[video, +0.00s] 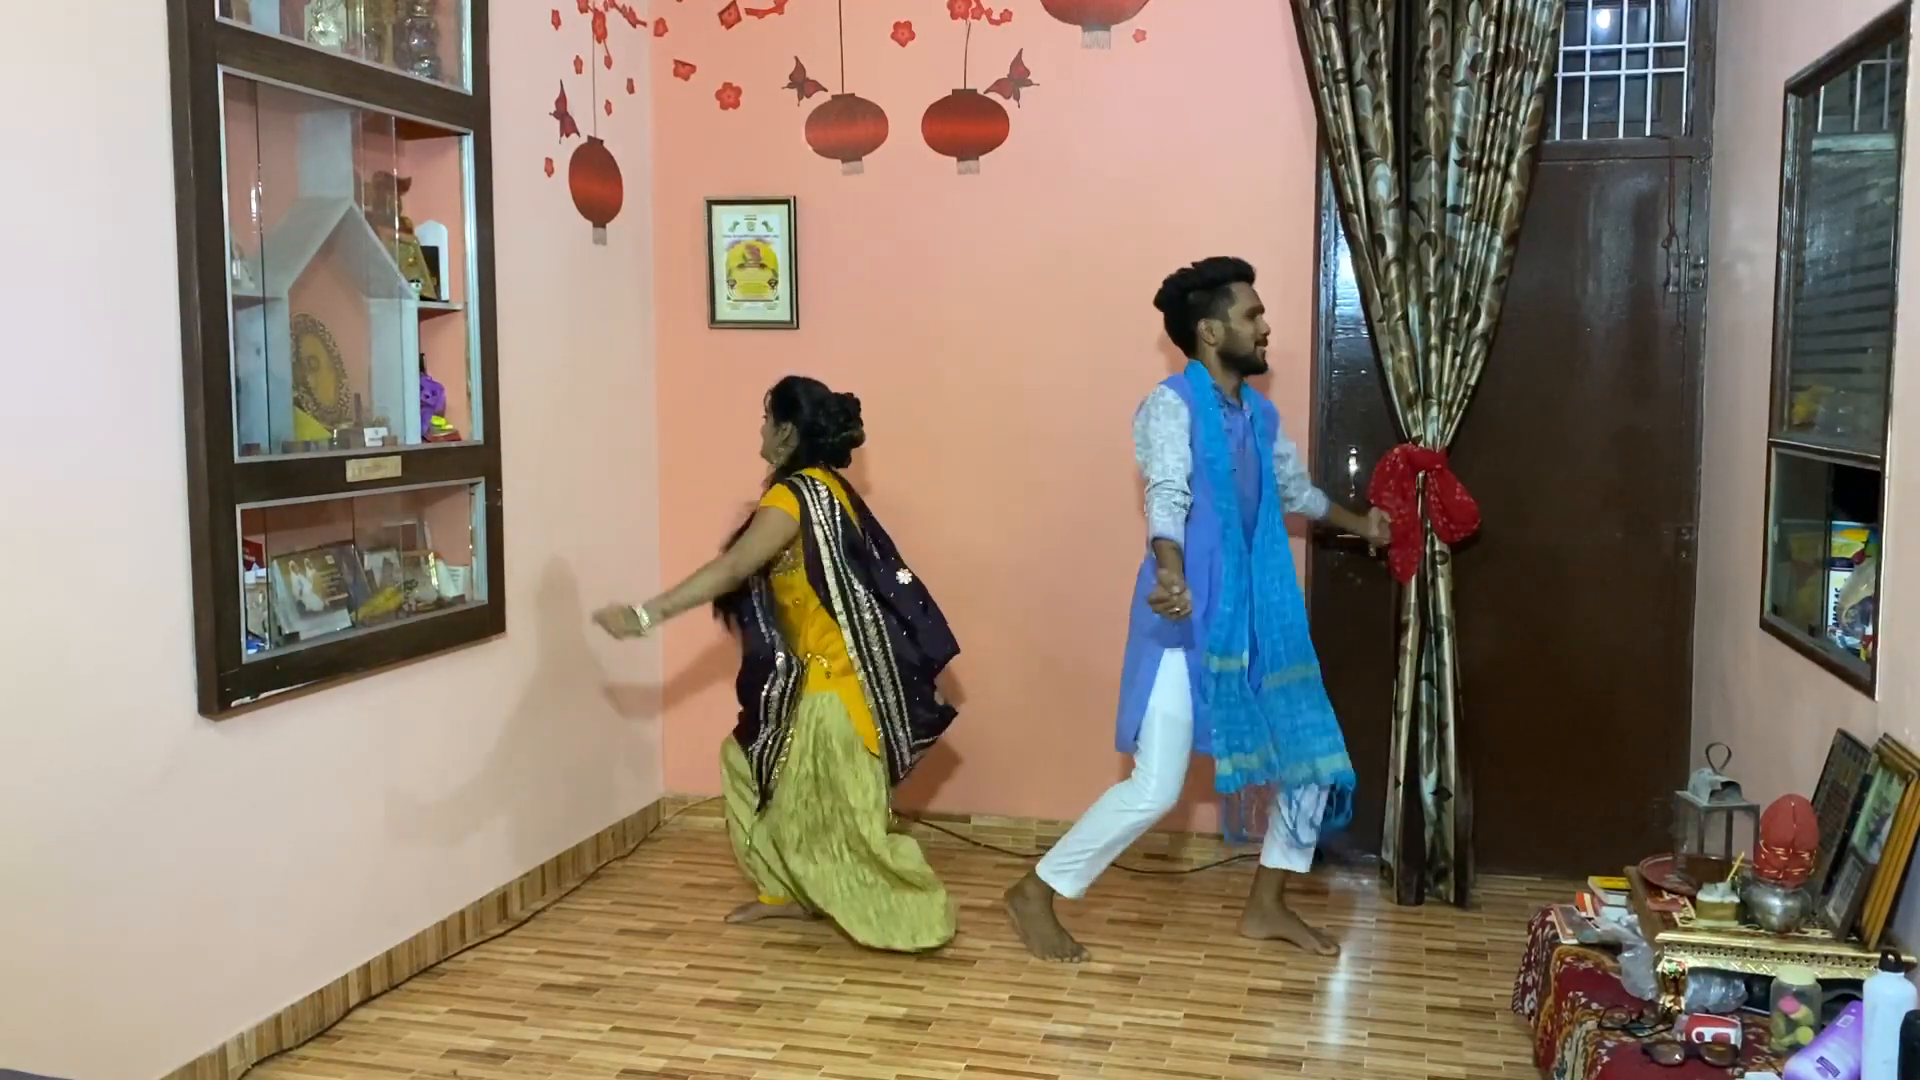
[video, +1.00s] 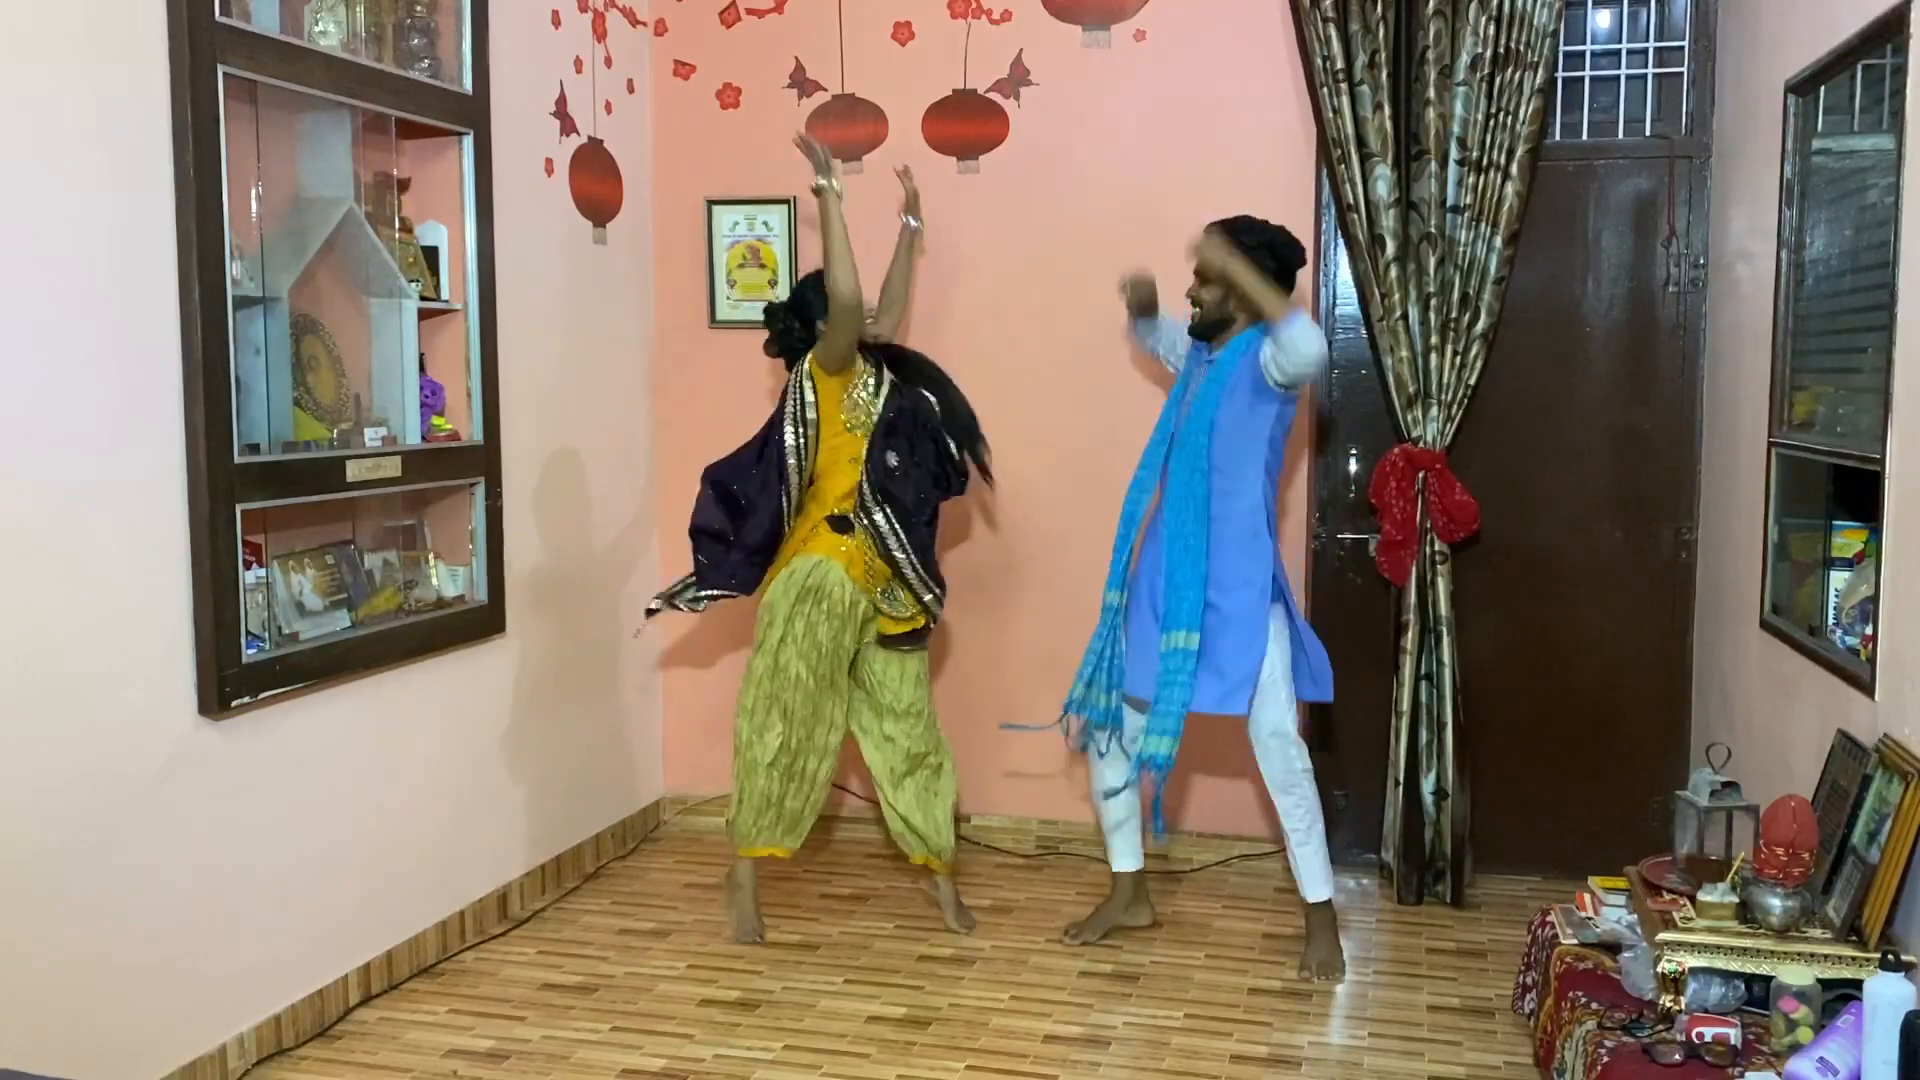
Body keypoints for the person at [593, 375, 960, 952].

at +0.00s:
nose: (760, 429)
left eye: (768, 420)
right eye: (765, 419)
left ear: (792, 431)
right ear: (806, 432)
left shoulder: (792, 496)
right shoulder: (828, 488)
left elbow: (731, 570)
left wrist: (644, 614)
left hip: (834, 679)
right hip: (835, 671)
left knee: (834, 806)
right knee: (743, 758)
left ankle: (921, 911)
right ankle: (787, 891)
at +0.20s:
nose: (746, 370)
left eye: (758, 363)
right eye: (749, 360)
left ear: (792, 378)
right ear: (777, 380)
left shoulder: (816, 451)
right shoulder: (763, 453)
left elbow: (865, 547)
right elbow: (767, 561)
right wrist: (752, 643)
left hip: (832, 634)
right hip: (778, 637)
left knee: (845, 767)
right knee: (744, 760)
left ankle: (916, 907)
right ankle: (791, 885)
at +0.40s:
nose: (812, 344)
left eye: (815, 335)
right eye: (798, 335)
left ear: (820, 342)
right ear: (758, 344)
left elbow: (924, 456)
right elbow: (654, 486)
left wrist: (993, 466)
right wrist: (595, 478)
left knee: (895, 746)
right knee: (751, 760)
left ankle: (926, 883)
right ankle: (725, 890)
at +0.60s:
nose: (829, 413)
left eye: (828, 403)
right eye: (817, 405)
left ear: (816, 410)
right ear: (781, 414)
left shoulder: (833, 465)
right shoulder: (741, 472)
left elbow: (924, 478)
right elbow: (766, 531)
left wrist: (939, 407)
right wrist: (774, 451)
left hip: (829, 656)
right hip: (751, 664)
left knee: (910, 764)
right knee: (746, 800)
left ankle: (929, 891)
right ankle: (707, 896)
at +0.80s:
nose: (847, 351)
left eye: (843, 340)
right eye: (834, 342)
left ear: (835, 354)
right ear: (800, 357)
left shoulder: (848, 416)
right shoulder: (783, 410)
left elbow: (881, 377)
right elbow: (811, 375)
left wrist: (896, 363)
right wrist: (870, 373)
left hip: (869, 603)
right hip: (797, 606)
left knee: (905, 747)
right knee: (770, 751)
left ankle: (930, 891)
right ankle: (718, 885)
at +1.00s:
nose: (857, 314)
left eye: (856, 306)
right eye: (843, 306)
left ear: (851, 320)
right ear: (820, 321)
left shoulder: (881, 378)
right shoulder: (823, 378)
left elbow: (888, 313)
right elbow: (847, 306)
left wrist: (910, 236)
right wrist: (833, 201)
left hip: (886, 580)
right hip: (826, 573)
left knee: (909, 733)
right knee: (785, 723)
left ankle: (939, 874)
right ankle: (744, 871)